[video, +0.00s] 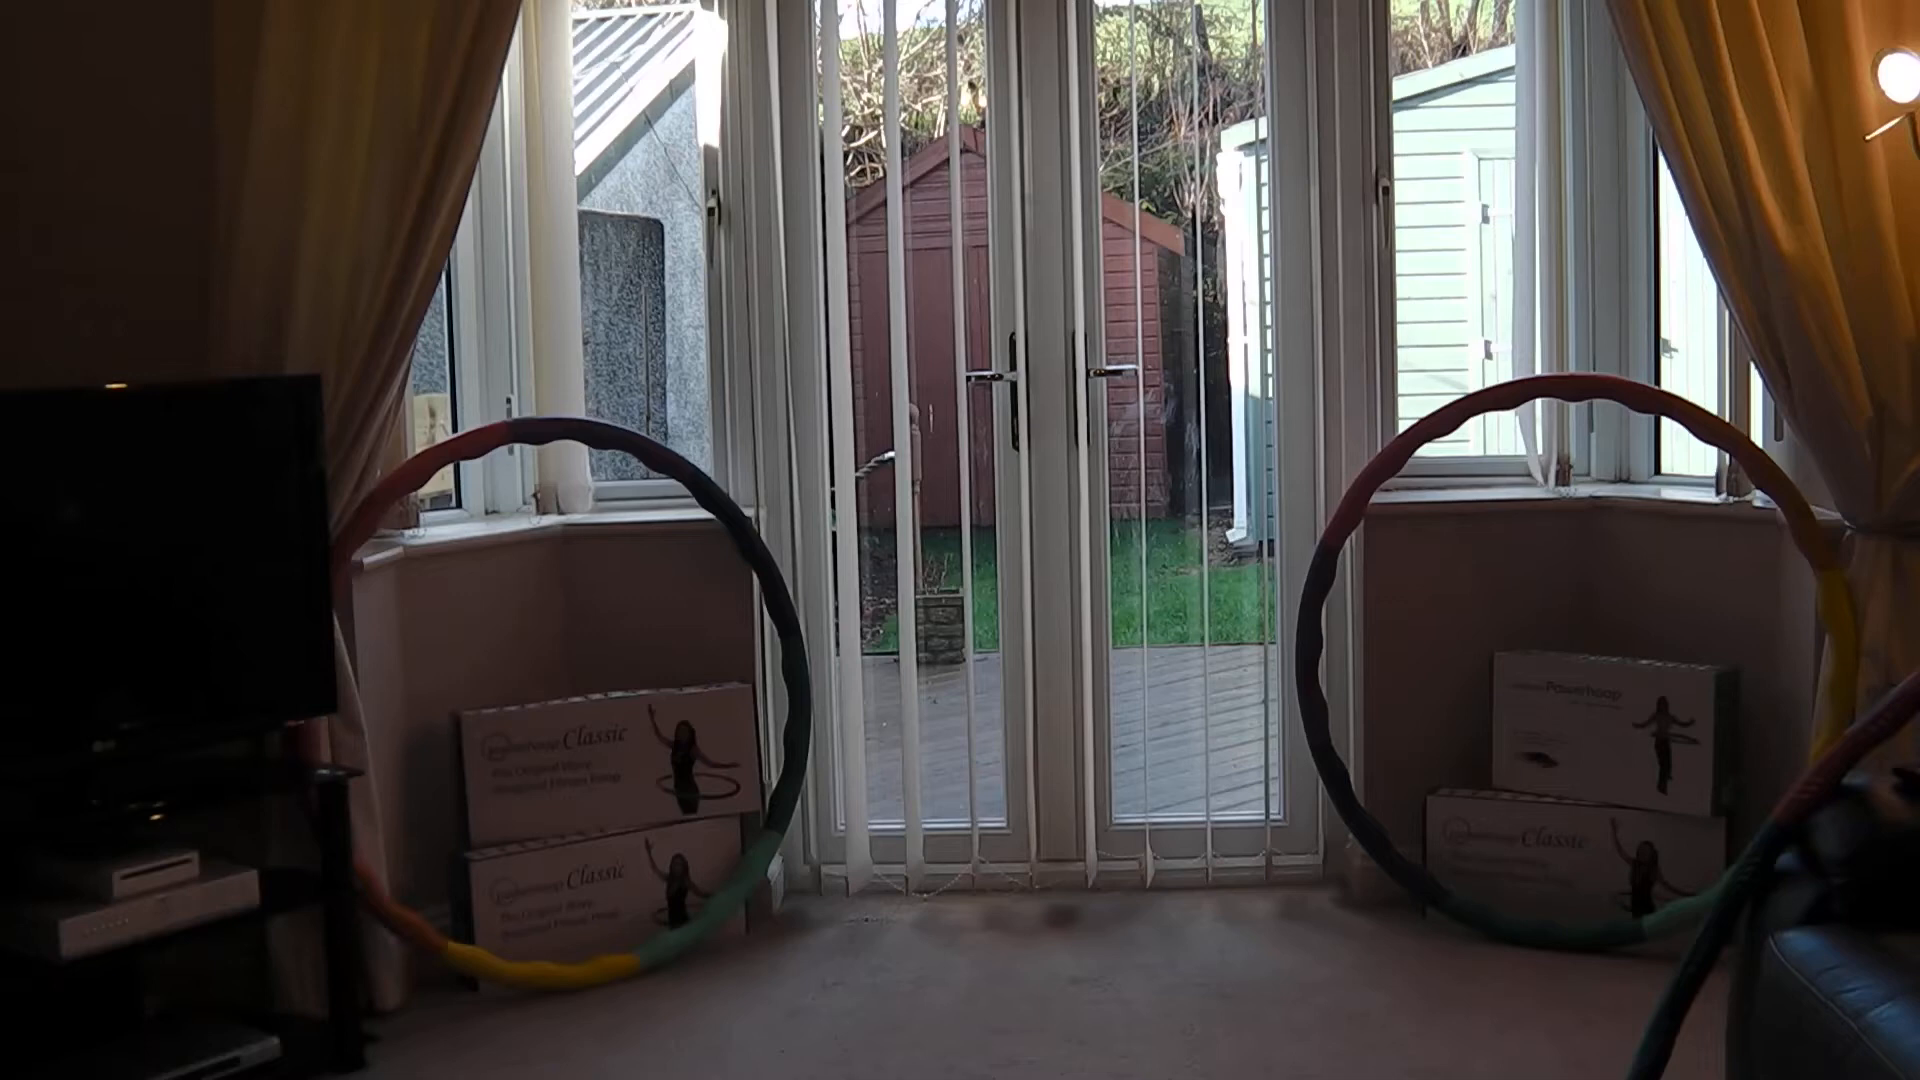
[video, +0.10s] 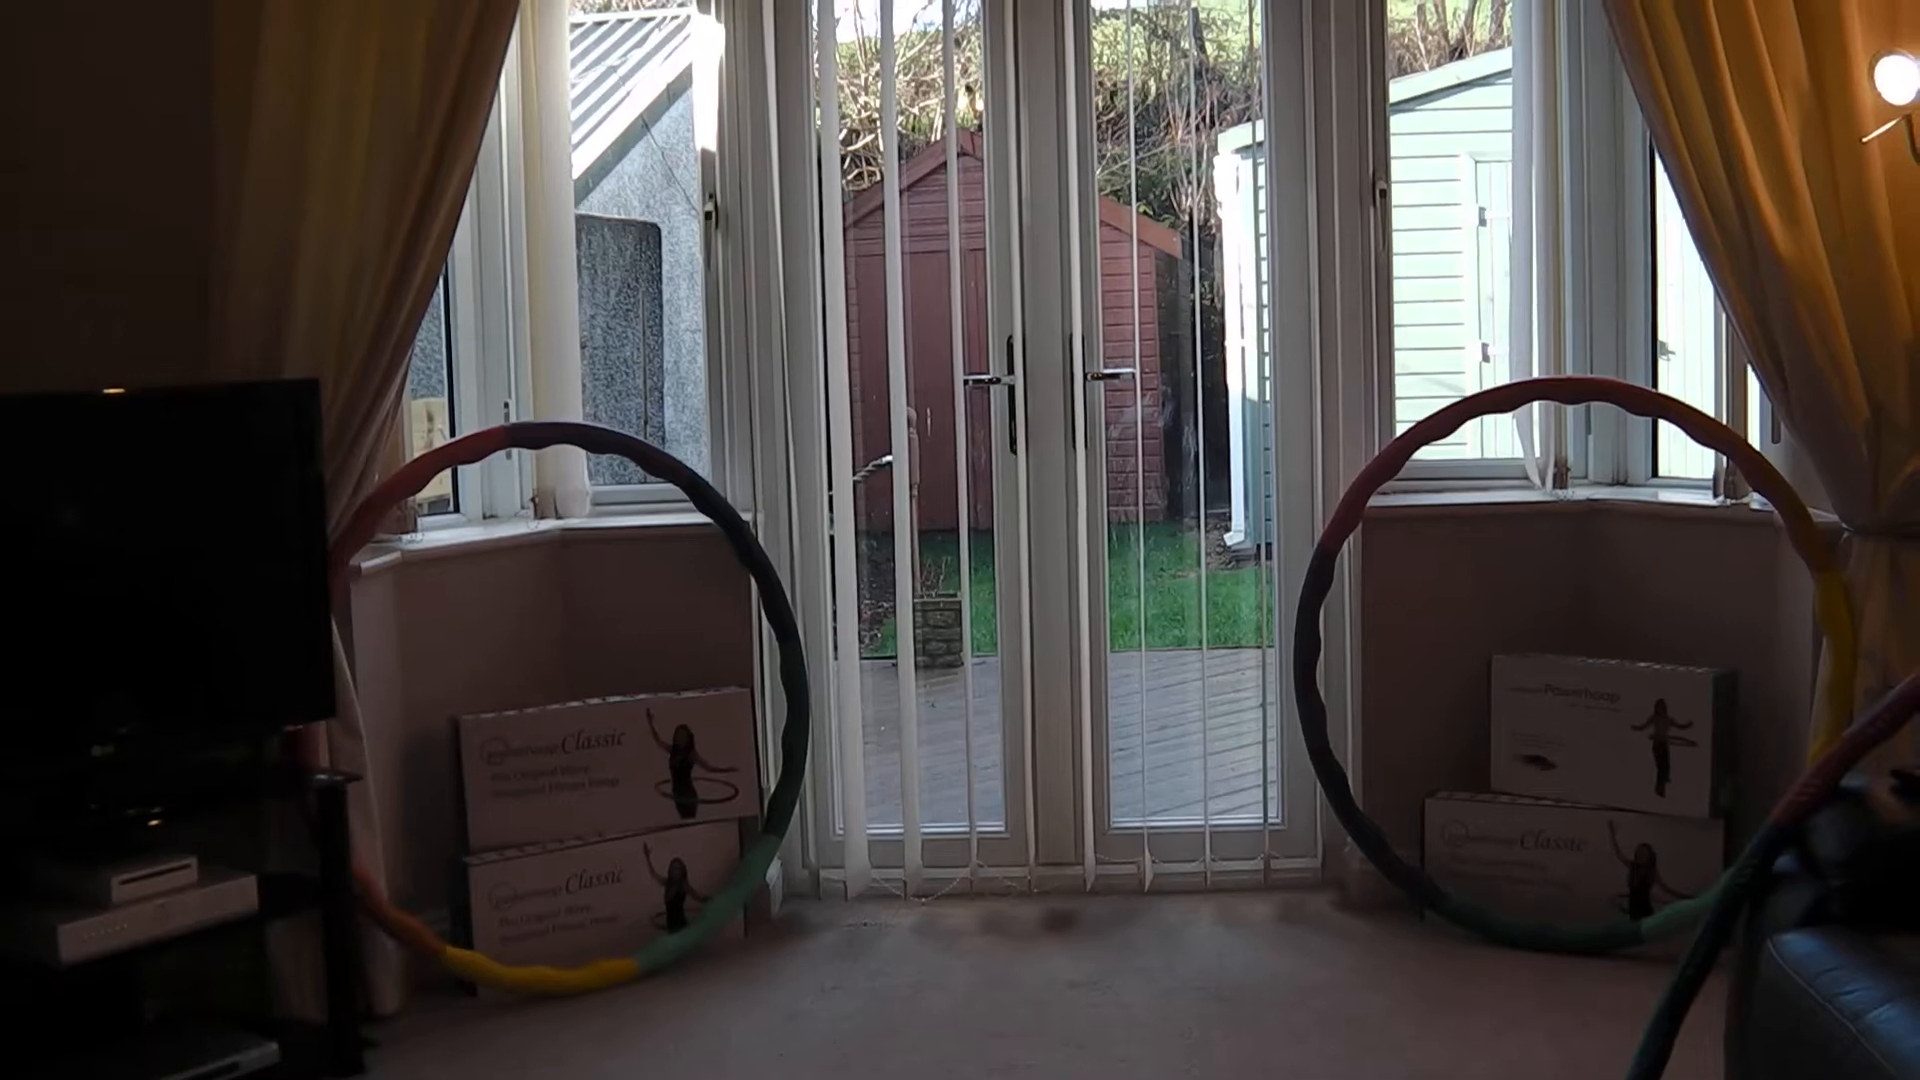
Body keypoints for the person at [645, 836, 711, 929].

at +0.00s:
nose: (677, 868)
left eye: (680, 864)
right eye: (675, 864)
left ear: (684, 866)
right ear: (671, 866)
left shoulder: (686, 881)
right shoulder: (669, 879)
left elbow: (699, 893)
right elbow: (654, 869)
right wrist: (649, 852)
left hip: (682, 917)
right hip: (671, 916)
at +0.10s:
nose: (675, 871)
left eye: (678, 868)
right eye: (673, 868)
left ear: (683, 870)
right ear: (669, 870)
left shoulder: (684, 886)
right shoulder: (668, 883)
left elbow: (698, 898)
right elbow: (653, 874)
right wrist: (647, 857)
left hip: (681, 920)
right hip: (670, 920)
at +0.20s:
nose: (676, 876)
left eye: (679, 873)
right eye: (673, 873)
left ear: (683, 875)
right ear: (670, 875)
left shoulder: (685, 890)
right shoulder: (668, 888)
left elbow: (699, 902)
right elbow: (654, 878)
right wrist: (648, 861)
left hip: (682, 925)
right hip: (670, 925)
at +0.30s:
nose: (676, 873)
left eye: (679, 870)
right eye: (674, 870)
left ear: (684, 872)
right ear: (670, 872)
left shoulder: (685, 888)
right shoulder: (668, 885)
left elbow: (698, 900)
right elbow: (654, 875)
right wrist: (648, 858)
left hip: (682, 922)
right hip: (671, 922)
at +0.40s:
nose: (676, 874)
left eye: (679, 871)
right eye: (674, 871)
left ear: (684, 873)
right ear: (671, 873)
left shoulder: (686, 888)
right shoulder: (669, 886)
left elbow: (699, 900)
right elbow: (655, 877)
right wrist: (649, 860)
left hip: (682, 922)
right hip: (671, 922)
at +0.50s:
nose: (677, 875)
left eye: (680, 871)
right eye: (675, 871)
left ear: (685, 873)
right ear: (672, 873)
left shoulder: (687, 889)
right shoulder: (670, 886)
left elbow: (700, 901)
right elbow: (655, 876)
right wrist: (649, 860)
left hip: (684, 924)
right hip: (672, 924)